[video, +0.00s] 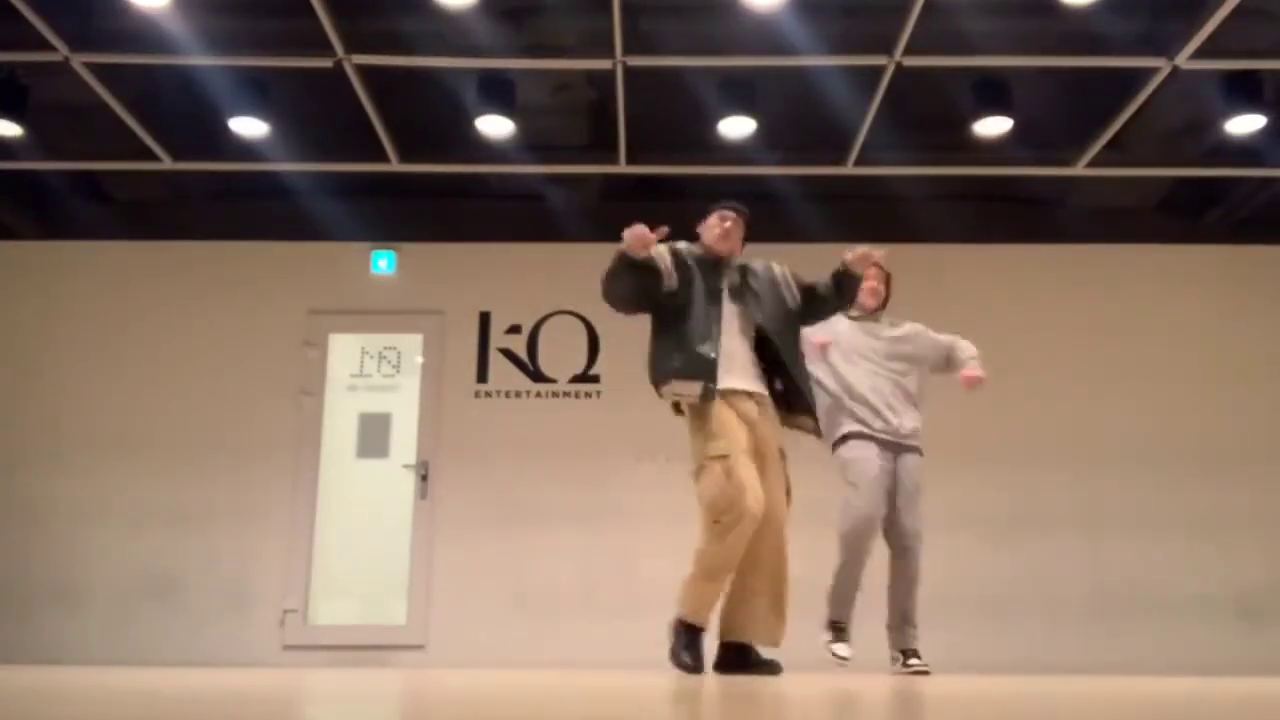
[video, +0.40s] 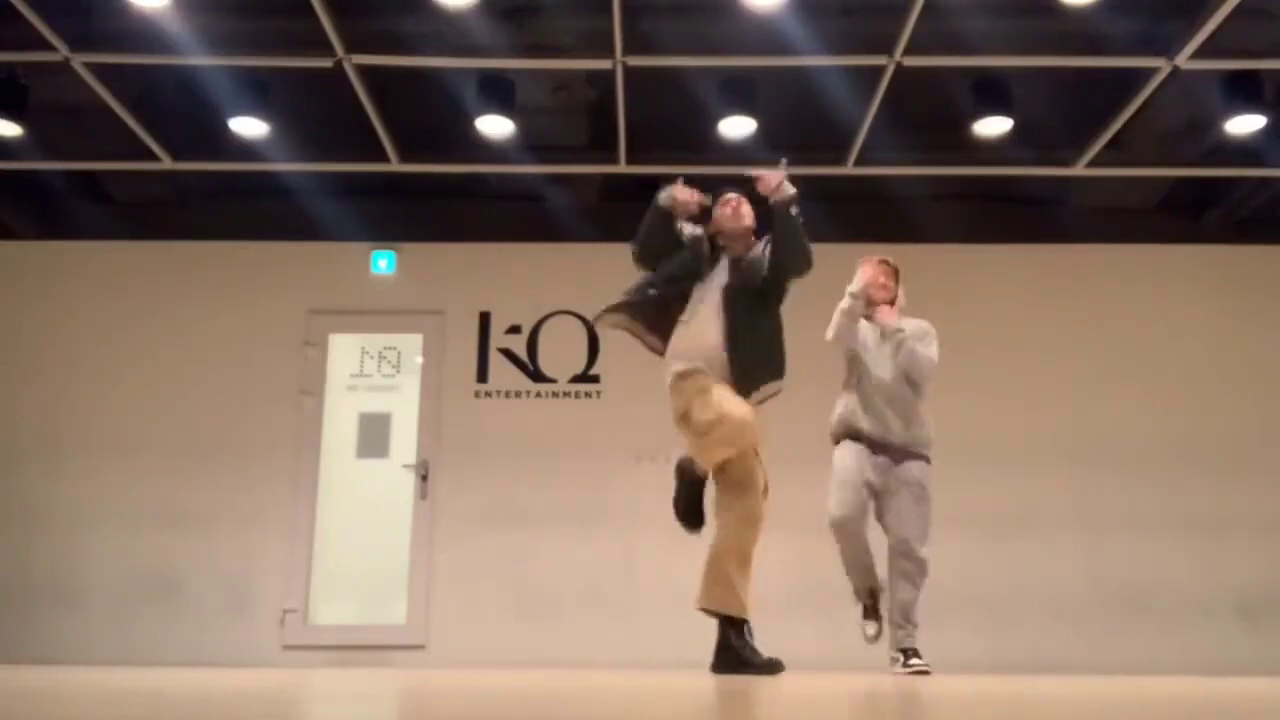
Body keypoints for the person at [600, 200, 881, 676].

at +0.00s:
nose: (727, 226)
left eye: (735, 224)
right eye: (719, 219)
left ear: (743, 240)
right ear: (701, 230)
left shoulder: (763, 277)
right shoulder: (676, 262)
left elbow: (814, 302)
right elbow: (621, 296)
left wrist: (848, 274)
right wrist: (632, 256)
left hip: (760, 402)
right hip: (712, 398)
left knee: (769, 516)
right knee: (741, 505)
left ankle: (737, 645)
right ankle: (691, 623)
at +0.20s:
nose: (735, 218)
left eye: (742, 215)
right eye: (726, 213)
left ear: (752, 231)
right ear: (708, 225)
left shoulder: (765, 277)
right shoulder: (684, 252)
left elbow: (793, 333)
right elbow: (640, 223)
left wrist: (780, 283)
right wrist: (676, 181)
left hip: (761, 408)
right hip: (711, 396)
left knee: (771, 521)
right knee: (755, 454)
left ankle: (738, 644)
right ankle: (712, 562)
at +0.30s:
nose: (733, 207)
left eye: (739, 205)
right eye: (724, 205)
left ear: (753, 225)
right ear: (710, 219)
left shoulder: (763, 267)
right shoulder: (691, 238)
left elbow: (792, 297)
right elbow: (657, 200)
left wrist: (775, 245)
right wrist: (664, 148)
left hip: (752, 392)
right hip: (695, 378)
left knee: (758, 508)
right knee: (748, 390)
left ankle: (735, 640)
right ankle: (704, 485)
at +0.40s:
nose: (732, 207)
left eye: (740, 204)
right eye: (724, 205)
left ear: (755, 224)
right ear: (709, 224)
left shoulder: (764, 262)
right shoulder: (691, 250)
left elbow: (796, 260)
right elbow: (648, 250)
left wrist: (782, 200)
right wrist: (668, 206)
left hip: (740, 391)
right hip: (691, 378)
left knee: (745, 505)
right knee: (739, 424)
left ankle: (731, 636)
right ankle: (692, 472)